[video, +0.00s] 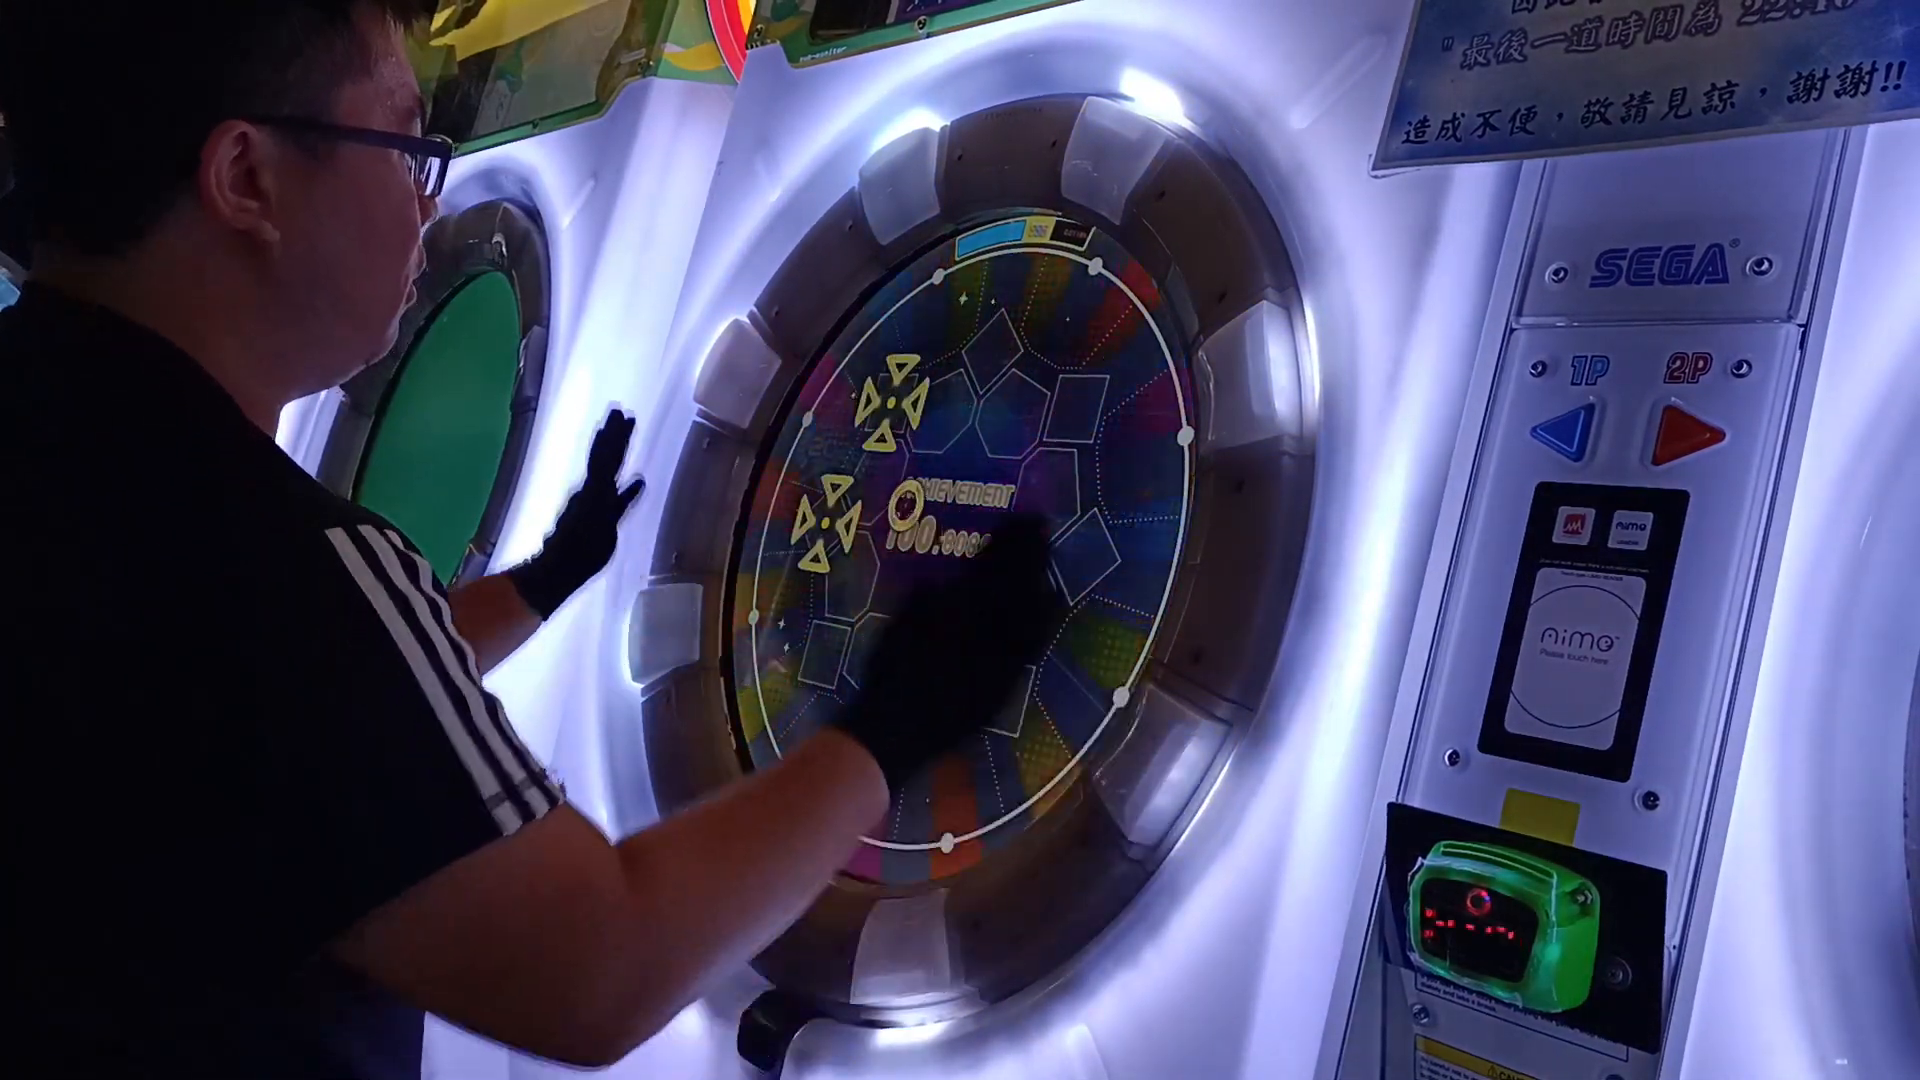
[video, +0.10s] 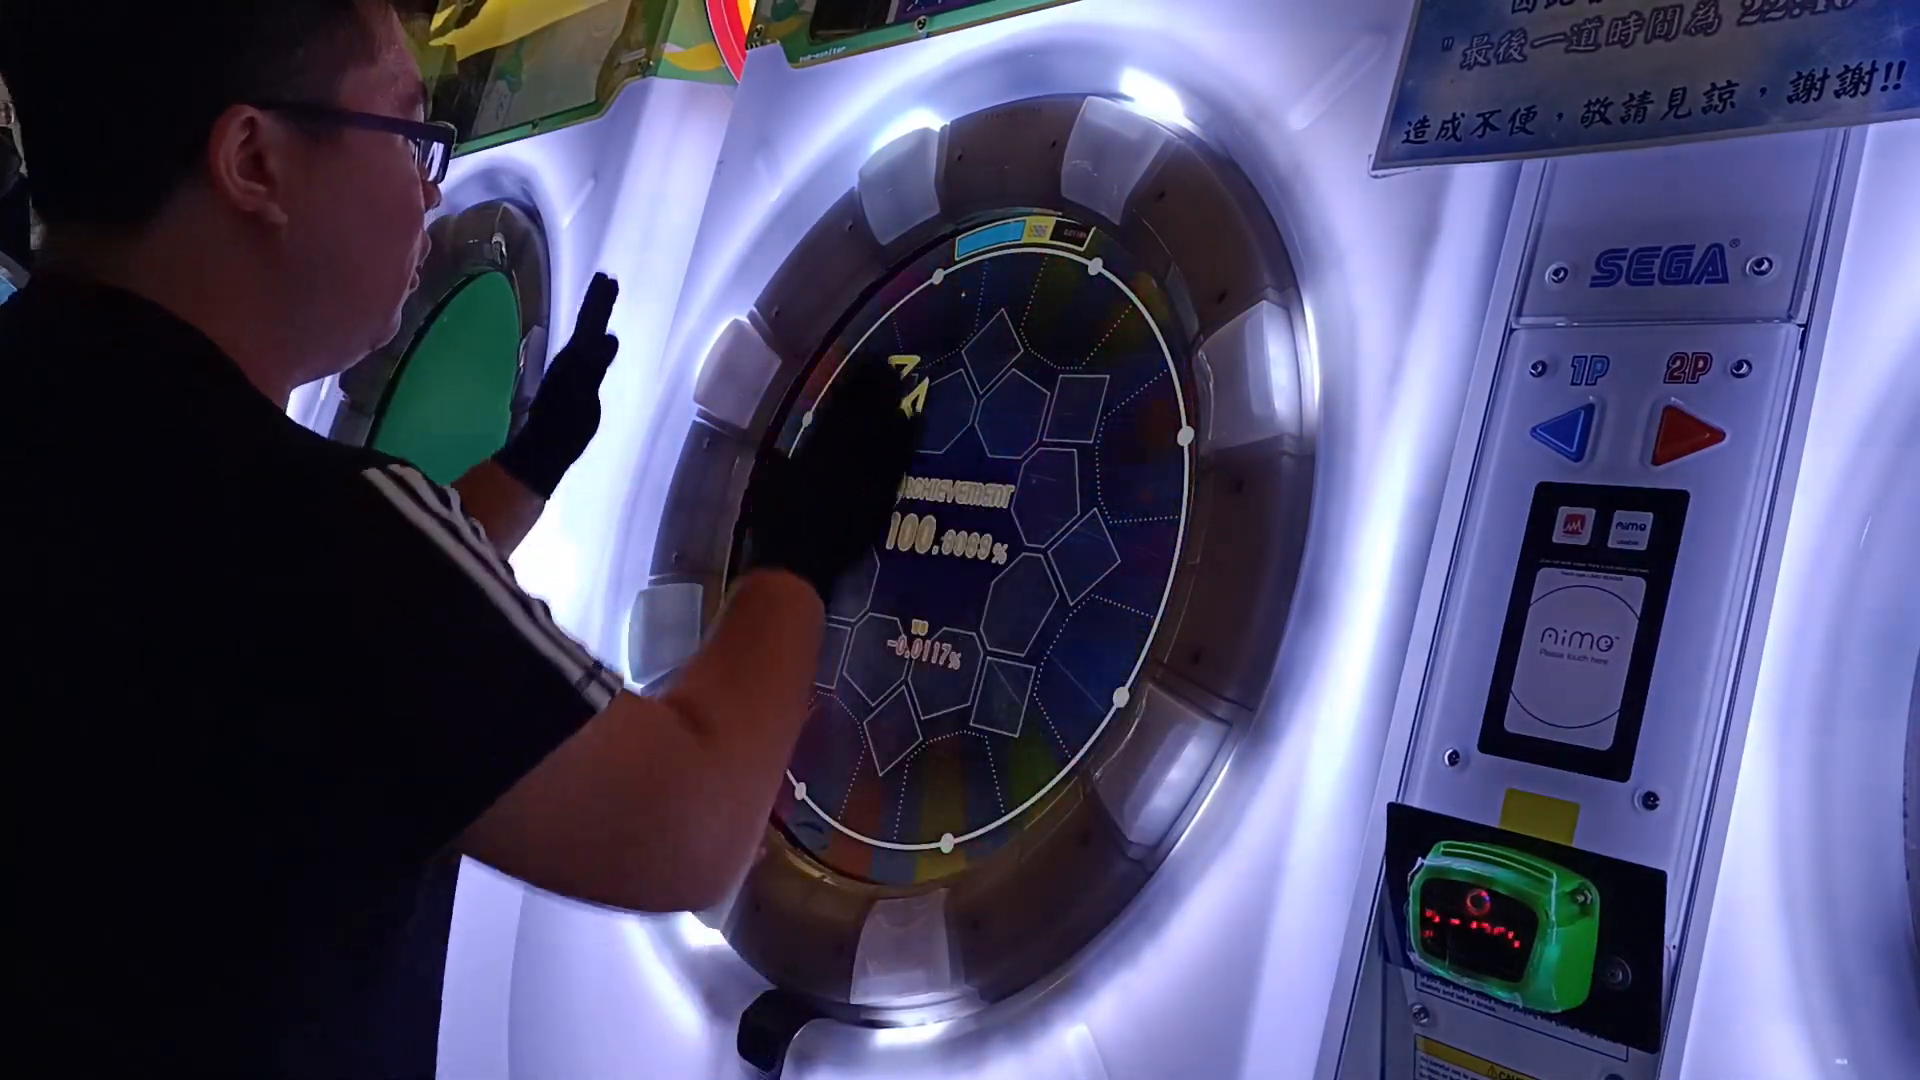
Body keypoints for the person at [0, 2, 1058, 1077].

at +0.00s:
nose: (433, 201)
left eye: (426, 149)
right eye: (408, 148)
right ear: (244, 184)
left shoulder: (29, 418)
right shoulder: (270, 568)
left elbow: (269, 736)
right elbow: (595, 974)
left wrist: (541, 579)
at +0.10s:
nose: (429, 186)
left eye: (419, 138)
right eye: (408, 132)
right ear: (253, 166)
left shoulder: (24, 406)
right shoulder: (315, 534)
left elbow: (292, 707)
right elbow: (684, 833)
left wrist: (527, 464)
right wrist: (798, 559)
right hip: (293, 1044)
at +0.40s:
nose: (453, 221)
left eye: (445, 172)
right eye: (429, 168)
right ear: (264, 181)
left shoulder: (26, 418)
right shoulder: (332, 532)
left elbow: (327, 703)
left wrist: (574, 506)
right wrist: (836, 627)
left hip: (59, 1041)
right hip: (319, 1055)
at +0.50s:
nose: (458, 219)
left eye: (451, 166)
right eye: (430, 163)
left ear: (251, 178)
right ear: (254, 173)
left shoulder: (53, 402)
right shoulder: (269, 494)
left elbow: (305, 711)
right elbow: (456, 991)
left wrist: (558, 570)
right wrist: (860, 855)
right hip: (265, 1052)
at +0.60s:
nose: (462, 209)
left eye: (451, 159)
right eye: (430, 153)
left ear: (249, 158)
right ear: (250, 155)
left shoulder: (63, 388)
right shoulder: (262, 476)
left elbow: (304, 722)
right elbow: (292, 1009)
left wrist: (580, 628)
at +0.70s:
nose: (458, 185)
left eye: (446, 131)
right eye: (429, 124)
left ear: (244, 138)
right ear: (243, 136)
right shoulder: (212, 438)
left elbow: (316, 723)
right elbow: (157, 1004)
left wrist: (577, 650)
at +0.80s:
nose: (431, 121)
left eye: (412, 76)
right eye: (395, 69)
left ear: (207, 113)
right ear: (207, 108)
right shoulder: (186, 422)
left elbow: (316, 723)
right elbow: (112, 1008)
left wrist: (581, 652)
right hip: (294, 1046)